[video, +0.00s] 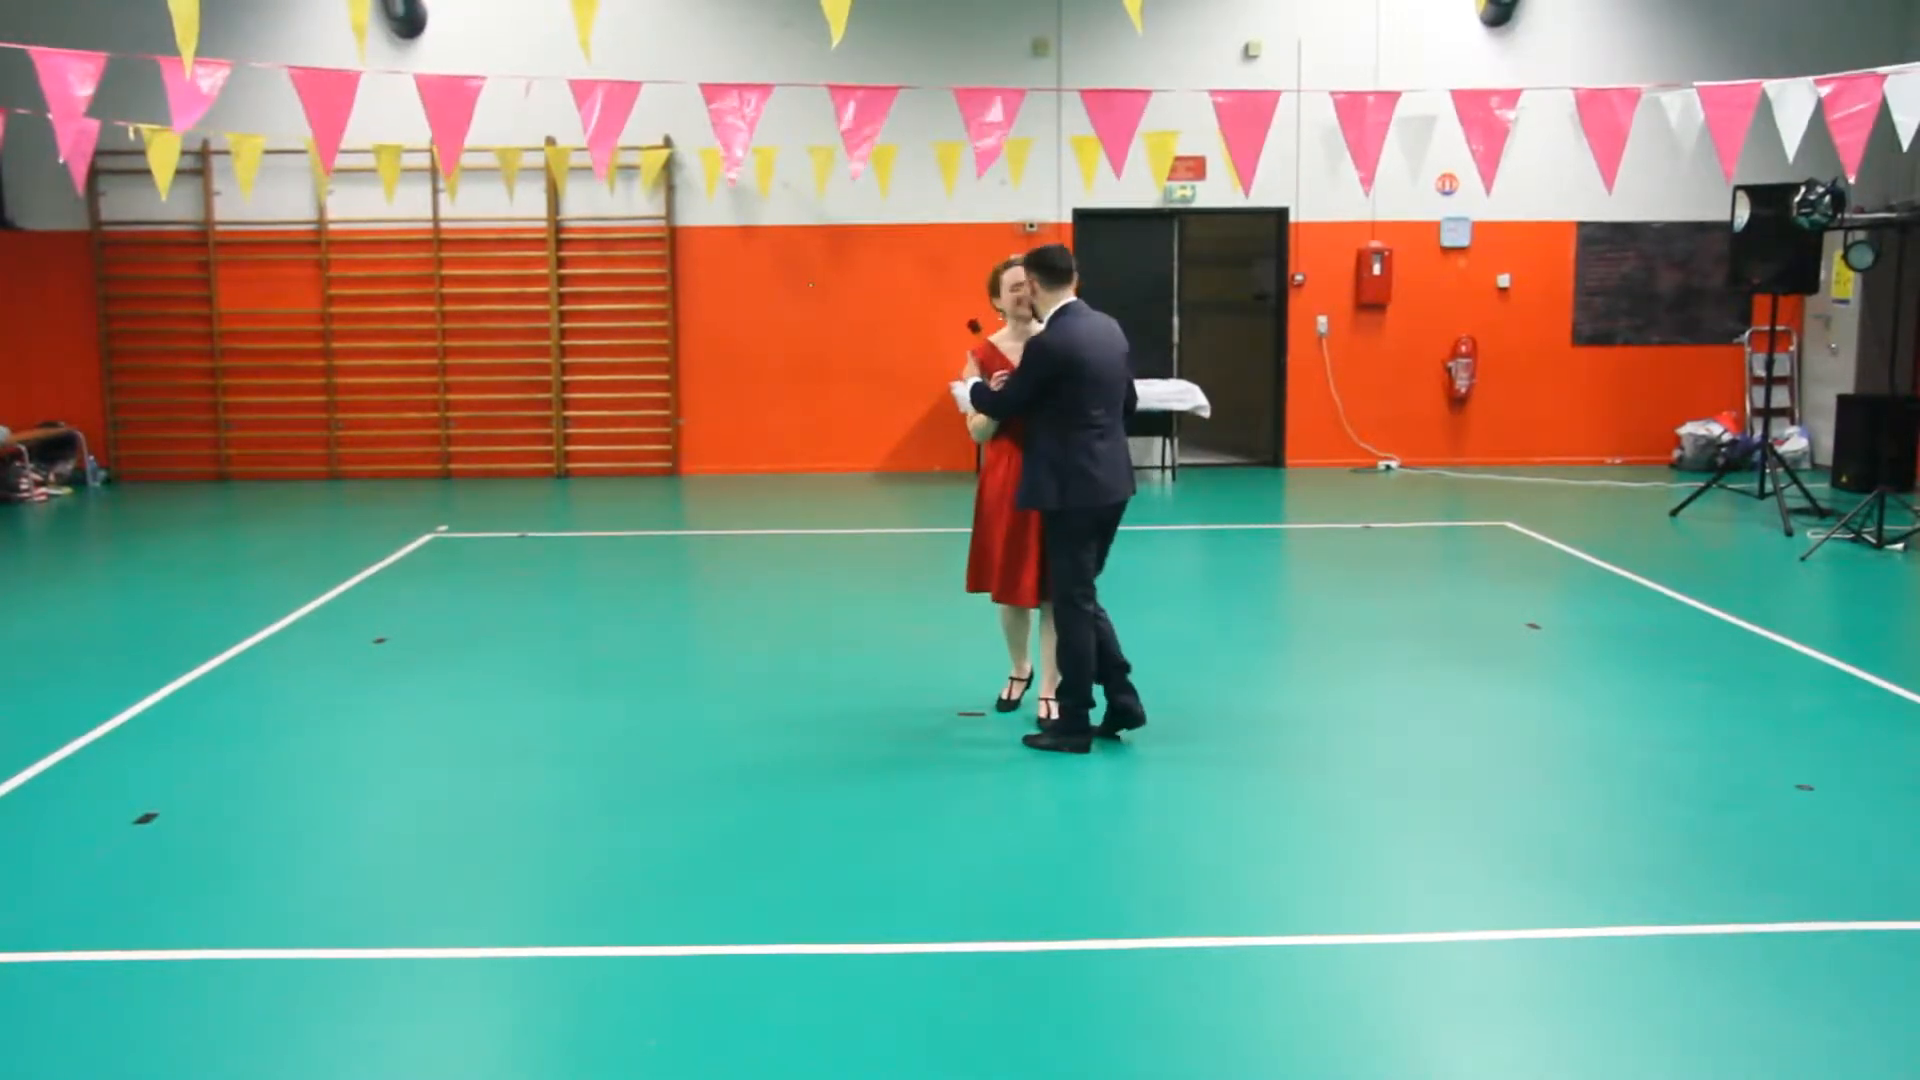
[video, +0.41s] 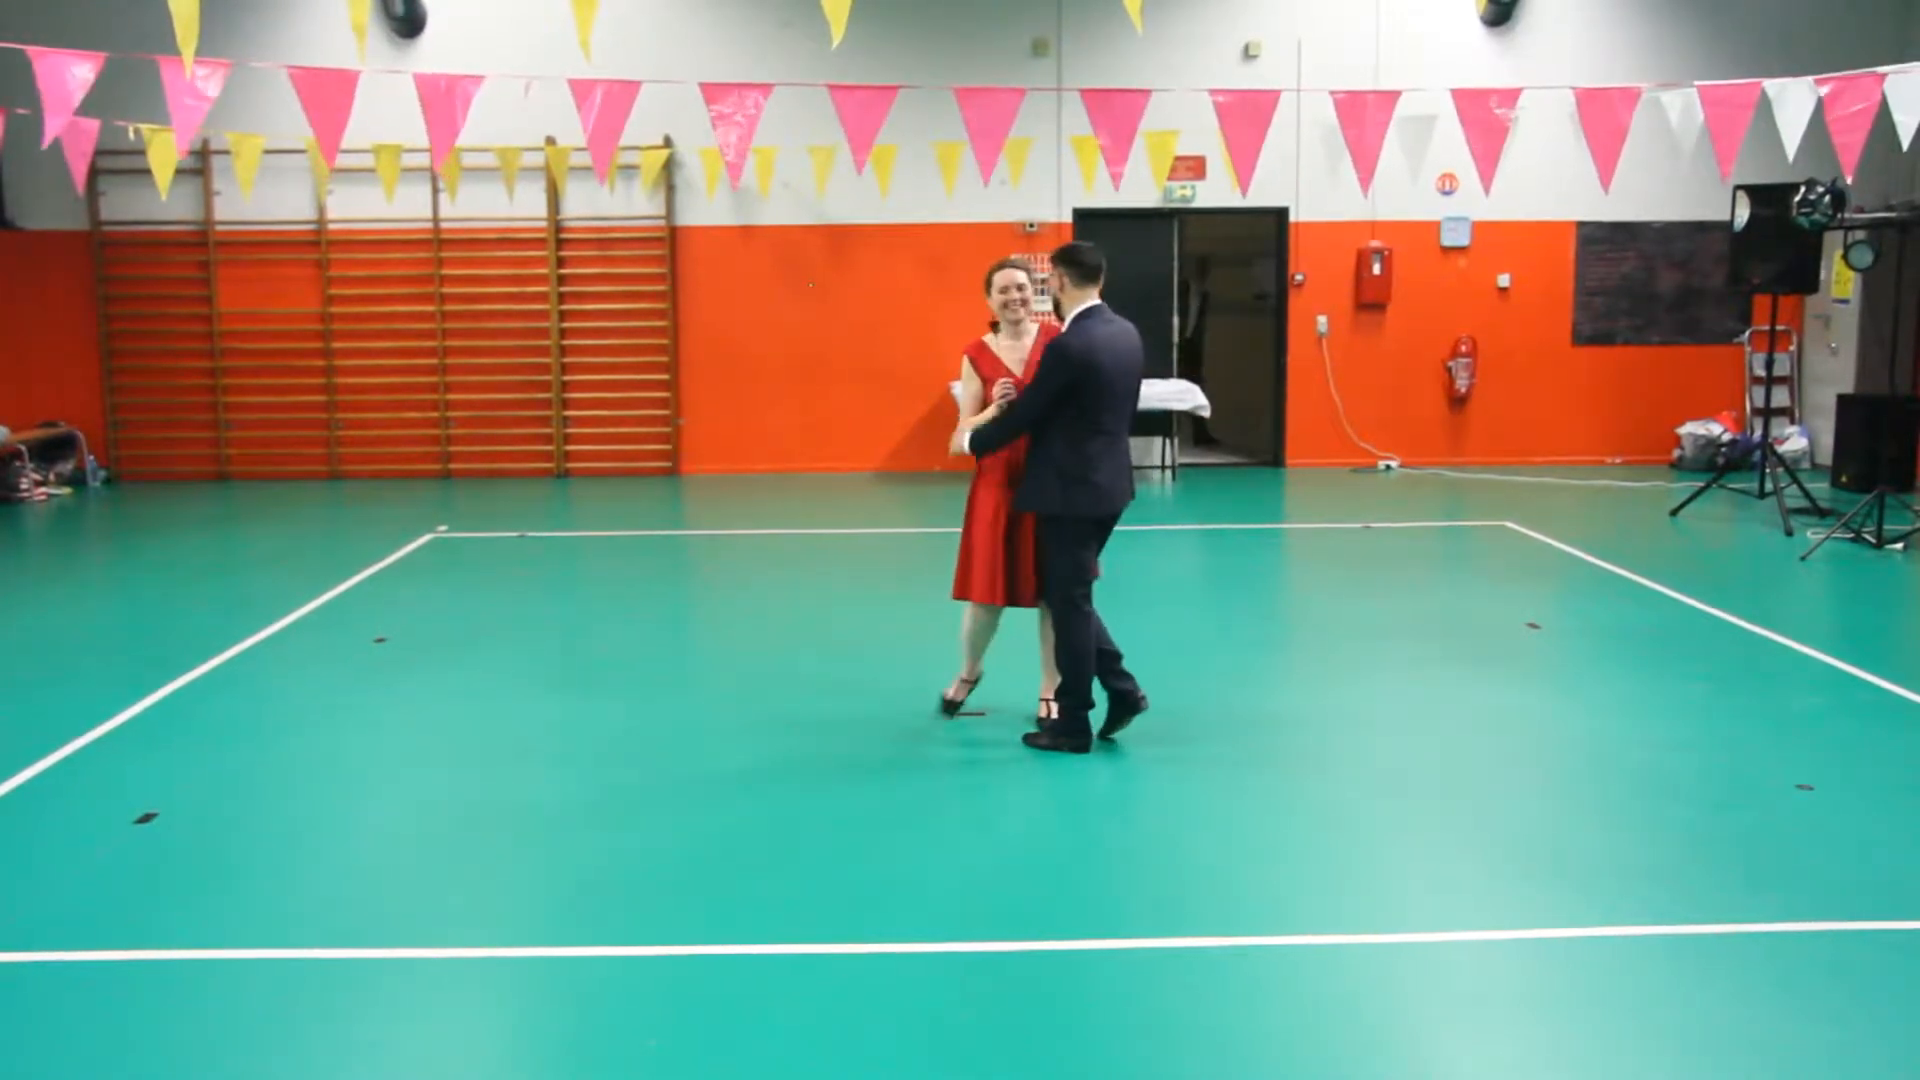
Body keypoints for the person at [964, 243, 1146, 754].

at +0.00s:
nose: (1026, 295)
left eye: (1027, 287)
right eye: (1023, 287)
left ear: (1035, 287)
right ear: (1076, 280)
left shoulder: (1048, 342)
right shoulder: (1111, 330)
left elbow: (1004, 404)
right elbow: (1127, 403)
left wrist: (975, 386)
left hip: (1071, 488)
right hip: (1112, 482)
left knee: (1070, 600)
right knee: (1079, 595)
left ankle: (1073, 723)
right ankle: (1123, 701)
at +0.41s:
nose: (1041, 288)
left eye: (1044, 280)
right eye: (1041, 280)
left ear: (1057, 280)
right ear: (1101, 281)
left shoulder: (1068, 345)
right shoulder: (1128, 334)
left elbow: (1027, 411)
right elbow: (1099, 409)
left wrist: (974, 438)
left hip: (1069, 489)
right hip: (1109, 484)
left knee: (1067, 601)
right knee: (1067, 595)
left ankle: (1072, 724)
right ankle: (1121, 689)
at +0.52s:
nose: (1051, 286)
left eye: (1054, 277)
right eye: (1053, 277)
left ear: (1068, 282)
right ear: (1103, 281)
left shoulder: (1079, 345)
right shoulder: (1127, 335)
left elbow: (1038, 419)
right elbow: (1100, 412)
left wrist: (993, 480)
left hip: (1075, 493)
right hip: (1108, 486)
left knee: (1072, 601)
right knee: (1072, 595)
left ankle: (1070, 724)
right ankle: (1136, 688)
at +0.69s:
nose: (1055, 284)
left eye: (1059, 275)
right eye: (1057, 275)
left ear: (1076, 279)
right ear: (1107, 280)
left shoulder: (1090, 345)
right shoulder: (1130, 333)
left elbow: (1064, 433)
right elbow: (1111, 410)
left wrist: (1044, 509)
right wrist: (1062, 366)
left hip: (1087, 497)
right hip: (1115, 492)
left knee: (1081, 607)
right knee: (1099, 603)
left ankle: (1072, 723)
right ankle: (1151, 700)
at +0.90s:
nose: (1062, 284)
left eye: (1068, 275)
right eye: (1064, 275)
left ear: (1090, 279)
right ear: (1097, 279)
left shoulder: (1122, 339)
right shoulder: (1101, 330)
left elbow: (1129, 428)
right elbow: (1094, 406)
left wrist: (1118, 503)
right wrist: (1055, 425)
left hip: (1107, 498)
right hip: (1101, 493)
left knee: (1084, 609)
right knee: (1124, 603)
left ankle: (1073, 722)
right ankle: (1159, 709)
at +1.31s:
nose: (1079, 294)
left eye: (1085, 283)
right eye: (1079, 285)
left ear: (1116, 283)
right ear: (1108, 286)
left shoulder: (1162, 336)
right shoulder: (1110, 338)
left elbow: (1185, 422)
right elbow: (1101, 421)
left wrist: (1181, 500)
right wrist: (1060, 472)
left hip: (1157, 494)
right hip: (1130, 491)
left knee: (1149, 609)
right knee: (1153, 607)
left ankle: (1143, 728)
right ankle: (1161, 713)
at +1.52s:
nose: (1094, 293)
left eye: (1101, 284)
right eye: (1094, 285)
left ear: (1133, 282)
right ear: (1123, 286)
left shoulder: (1182, 337)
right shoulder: (1124, 341)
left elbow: (1201, 422)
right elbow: (1110, 414)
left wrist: (1191, 497)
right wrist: (1077, 475)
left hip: (1178, 492)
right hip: (1138, 490)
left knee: (1183, 606)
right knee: (1157, 608)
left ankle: (1227, 721)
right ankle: (1161, 715)